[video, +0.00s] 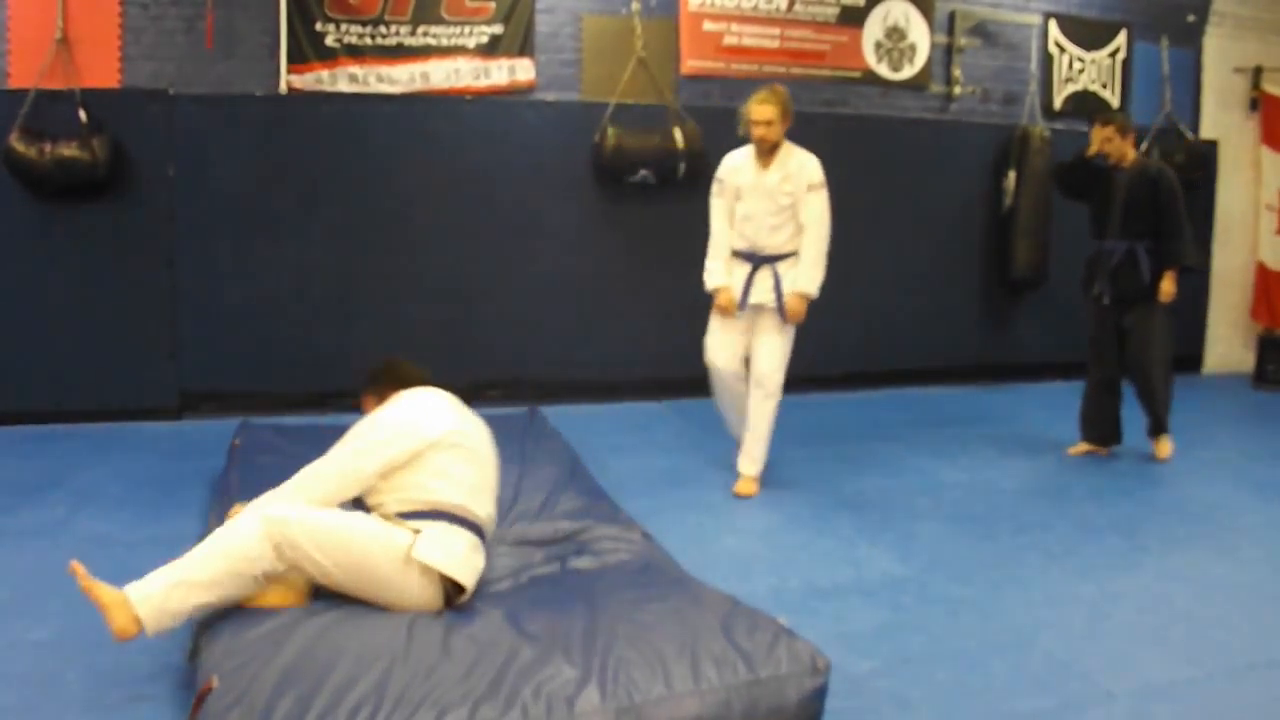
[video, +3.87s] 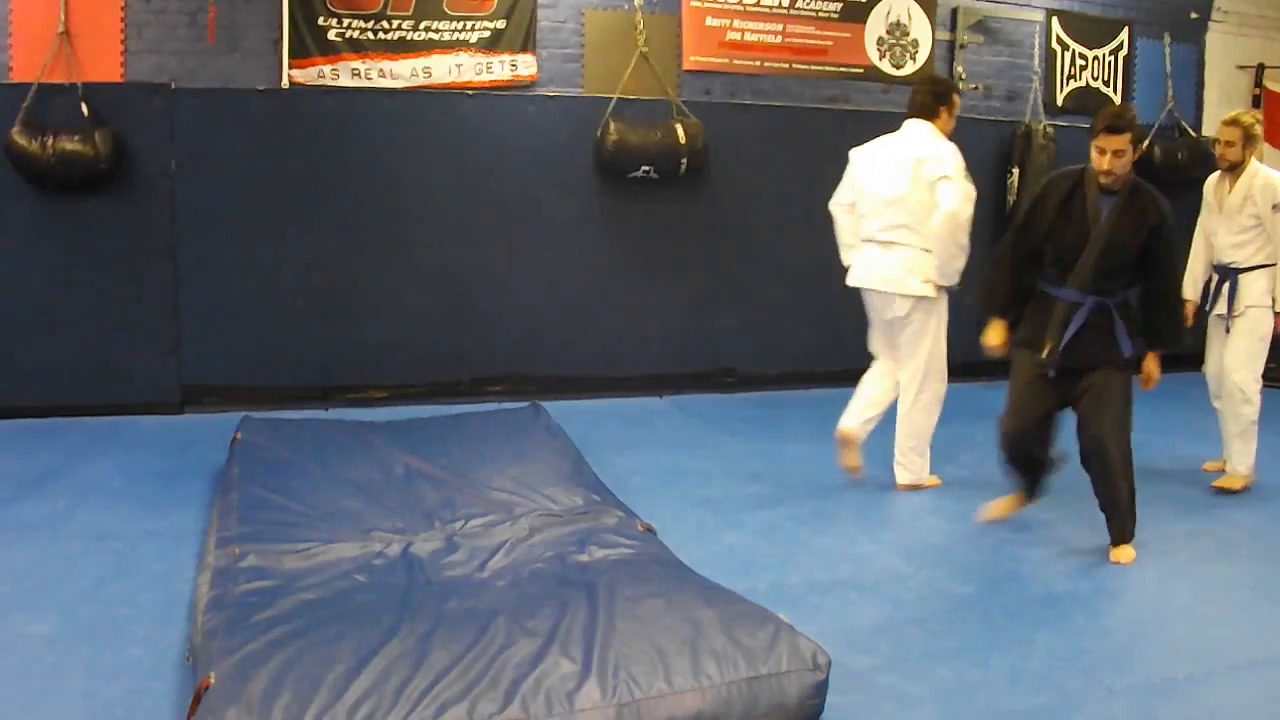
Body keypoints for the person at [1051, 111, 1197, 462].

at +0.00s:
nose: (1103, 149)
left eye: (1108, 142)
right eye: (1100, 143)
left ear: (1128, 139)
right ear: (1098, 145)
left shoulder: (1158, 177)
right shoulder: (1100, 175)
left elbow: (1175, 228)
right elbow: (1064, 181)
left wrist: (1170, 271)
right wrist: (1088, 155)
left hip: (1146, 276)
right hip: (1106, 274)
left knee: (1146, 356)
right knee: (1103, 356)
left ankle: (1160, 431)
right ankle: (1099, 436)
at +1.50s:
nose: (1092, 133)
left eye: (1100, 126)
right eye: (1087, 126)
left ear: (1120, 130)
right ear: (1083, 132)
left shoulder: (1147, 179)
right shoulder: (1073, 179)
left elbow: (1165, 240)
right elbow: (1040, 224)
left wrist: (1161, 291)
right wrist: (1036, 187)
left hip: (1128, 293)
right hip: (1079, 291)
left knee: (1128, 378)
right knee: (1070, 381)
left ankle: (1125, 455)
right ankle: (1064, 470)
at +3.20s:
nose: (1119, 131)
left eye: (1128, 123)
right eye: (1115, 123)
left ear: (1151, 125)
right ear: (1112, 126)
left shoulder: (1178, 175)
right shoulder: (1110, 176)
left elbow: (1190, 247)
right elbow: (1090, 239)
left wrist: (1179, 308)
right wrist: (1069, 235)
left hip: (1160, 299)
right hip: (1120, 296)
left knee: (1131, 387)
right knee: (1117, 388)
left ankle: (1131, 490)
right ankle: (1118, 481)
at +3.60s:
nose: (1110, 149)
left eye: (1119, 140)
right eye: (1104, 140)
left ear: (1140, 139)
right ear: (1096, 140)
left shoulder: (1163, 190)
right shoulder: (1086, 187)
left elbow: (1186, 262)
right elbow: (1071, 250)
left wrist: (1198, 330)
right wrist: (1071, 306)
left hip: (1140, 308)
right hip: (1093, 308)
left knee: (1124, 407)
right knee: (1106, 404)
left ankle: (1120, 519)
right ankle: (1126, 486)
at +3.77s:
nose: (1111, 157)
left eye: (1121, 148)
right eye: (1105, 147)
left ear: (1142, 148)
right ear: (1096, 145)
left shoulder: (1162, 204)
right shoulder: (1070, 187)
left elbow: (1176, 277)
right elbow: (1038, 245)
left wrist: (1173, 343)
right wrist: (1031, 305)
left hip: (1122, 324)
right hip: (1066, 318)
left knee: (1110, 430)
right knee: (1051, 422)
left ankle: (1119, 534)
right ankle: (1095, 464)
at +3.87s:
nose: (1107, 164)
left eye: (1117, 154)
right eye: (1100, 152)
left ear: (1134, 153)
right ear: (1089, 149)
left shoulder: (1151, 209)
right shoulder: (1057, 189)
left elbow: (1161, 284)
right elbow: (1017, 250)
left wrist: (1153, 348)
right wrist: (1000, 315)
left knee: (1105, 439)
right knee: (1018, 426)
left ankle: (1120, 537)